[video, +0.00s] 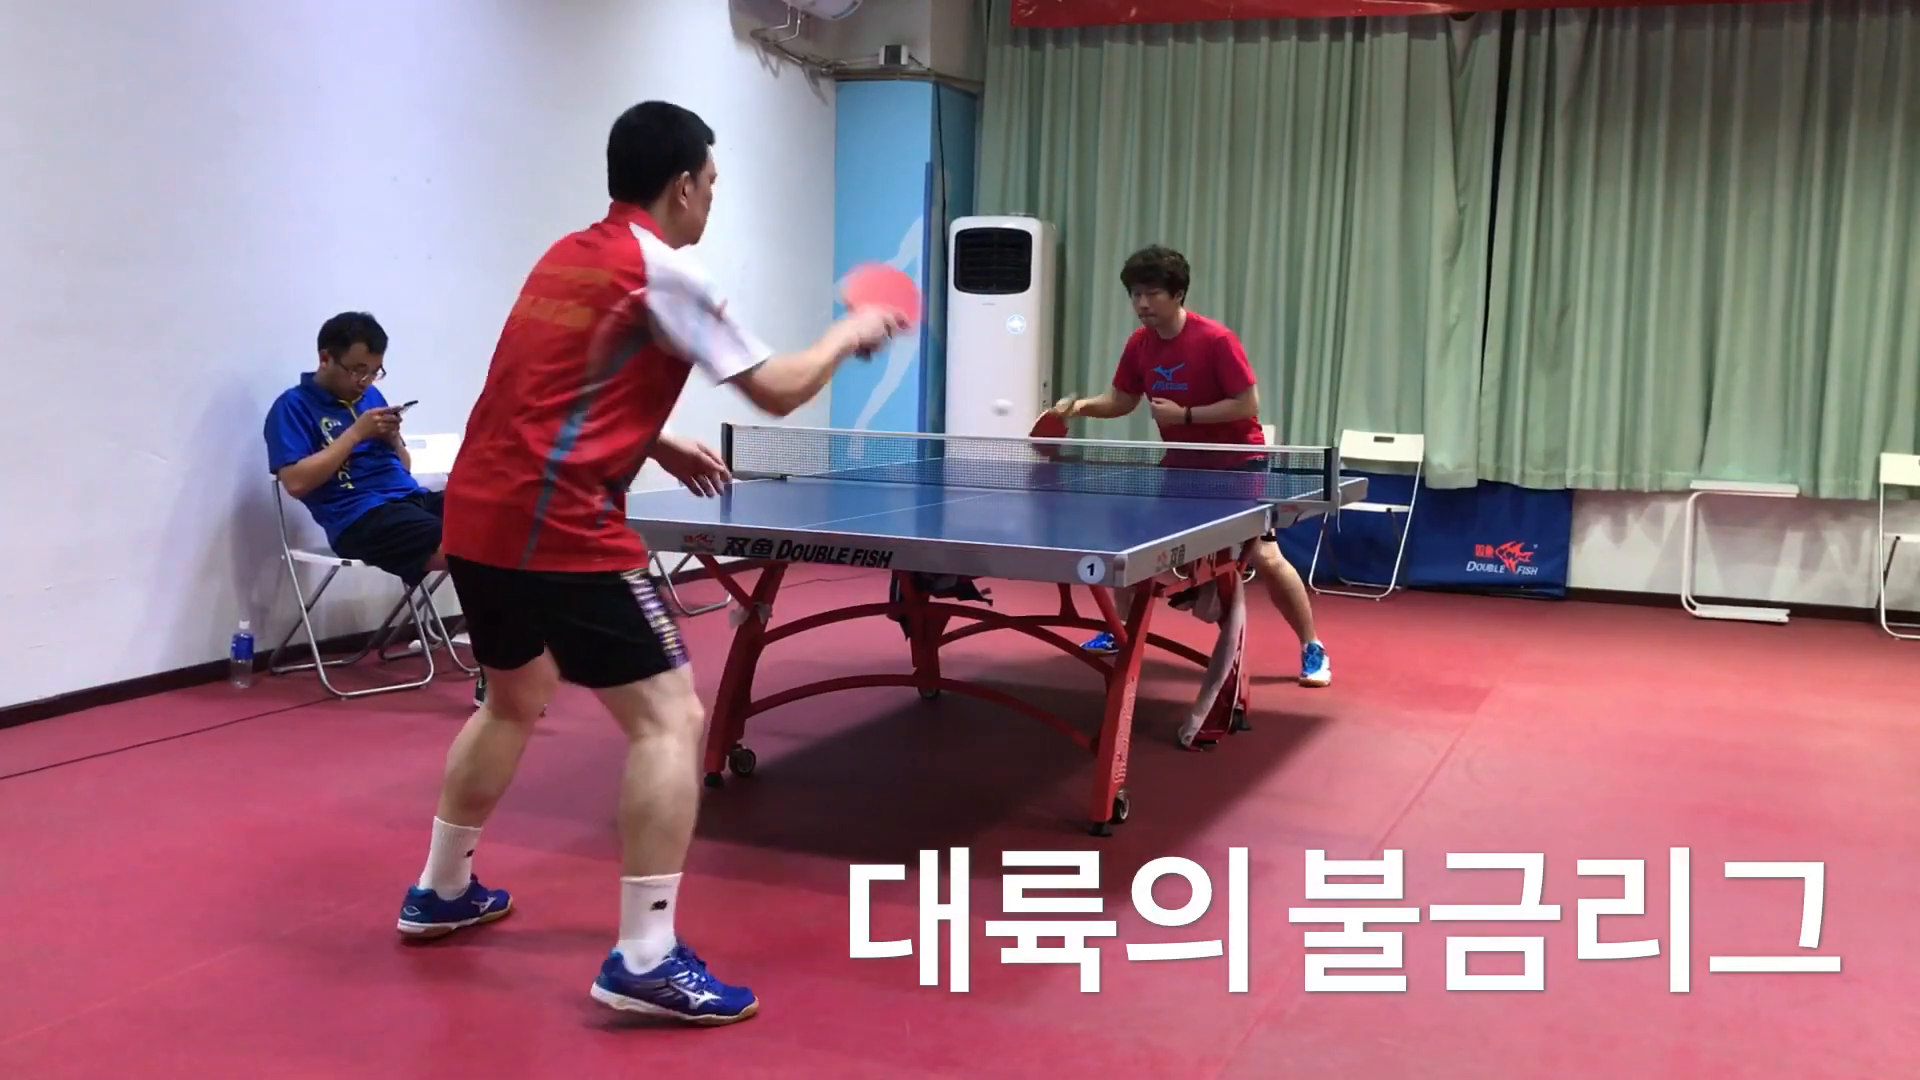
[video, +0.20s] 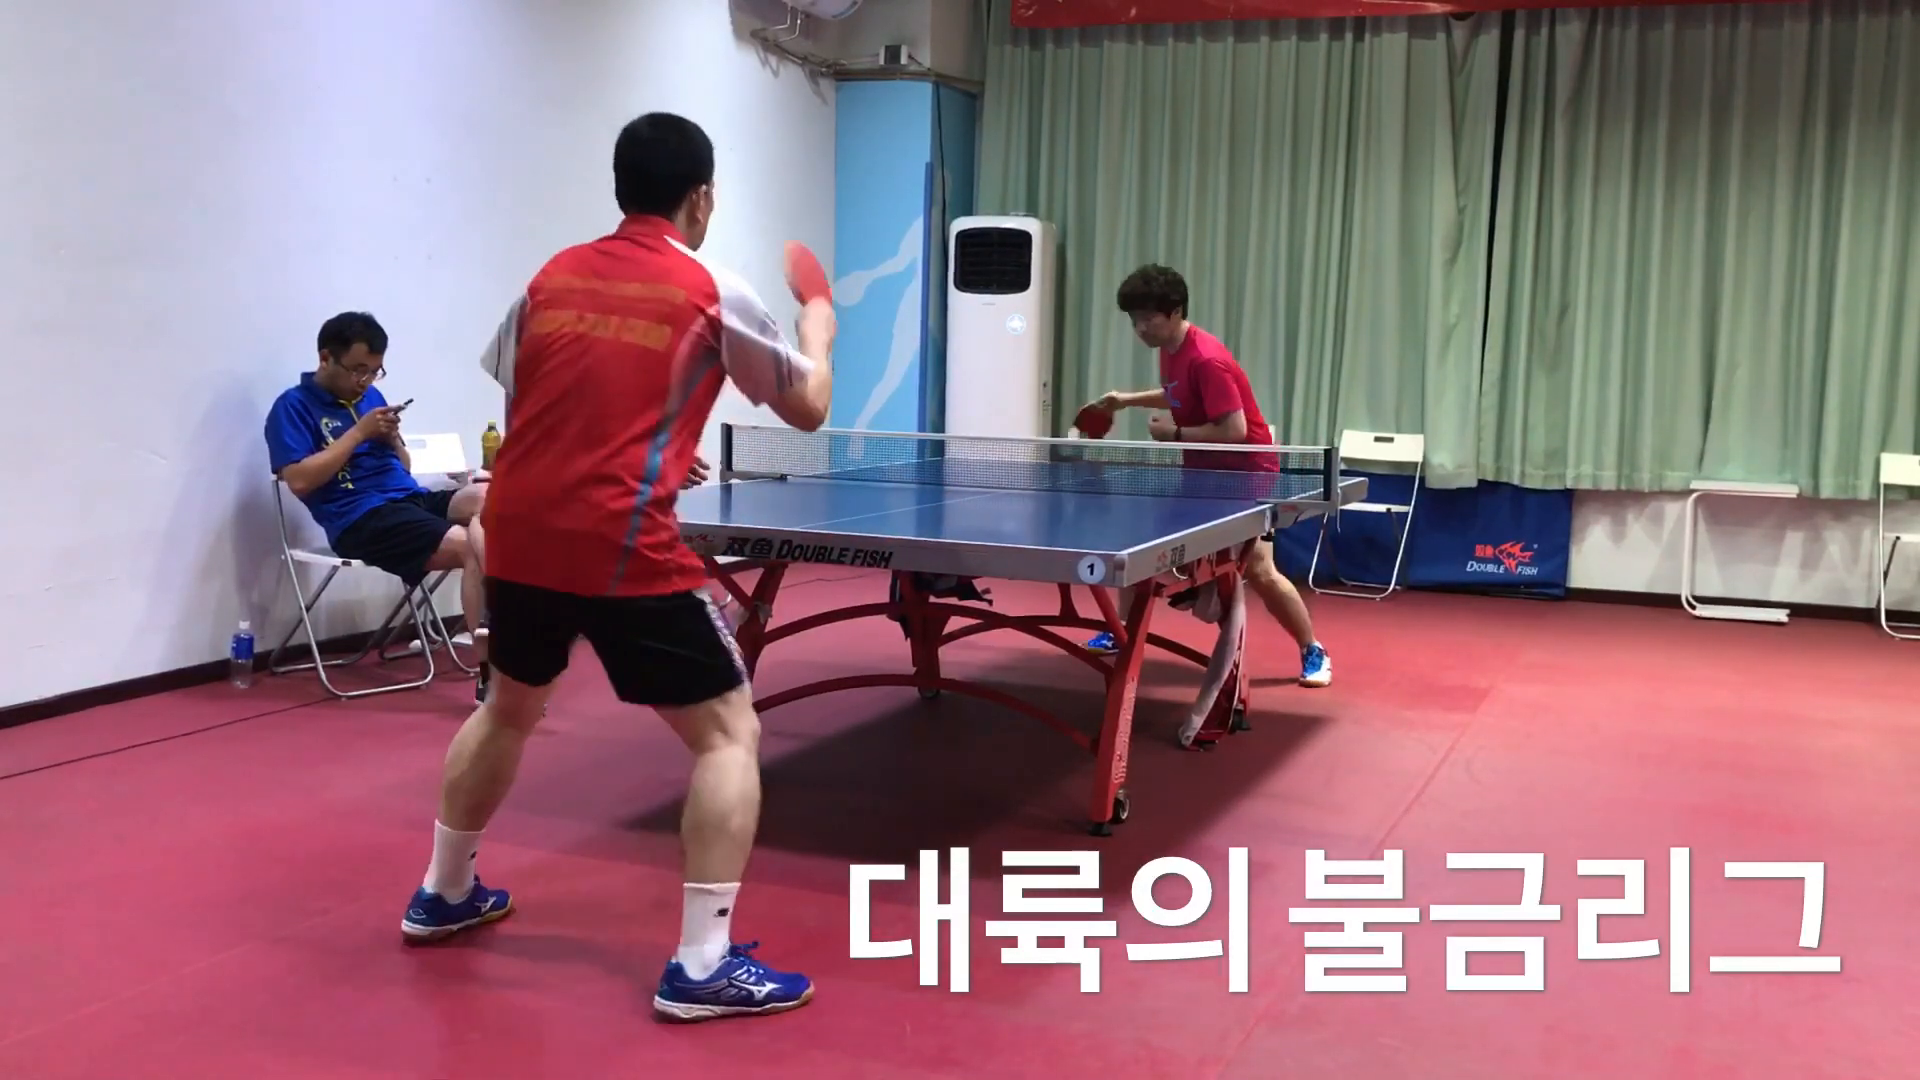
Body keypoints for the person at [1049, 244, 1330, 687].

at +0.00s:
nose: (1141, 303)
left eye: (1151, 293)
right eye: (1135, 294)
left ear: (1178, 294)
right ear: (1131, 297)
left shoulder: (1216, 340)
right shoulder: (1140, 344)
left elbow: (1248, 405)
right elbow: (1123, 400)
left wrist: (1185, 414)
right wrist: (1082, 405)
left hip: (1239, 468)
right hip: (1182, 469)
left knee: (1266, 556)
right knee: (1139, 542)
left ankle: (1312, 646)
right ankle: (1124, 631)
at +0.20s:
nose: (1139, 329)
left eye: (1144, 320)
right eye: (1135, 321)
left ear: (1172, 312)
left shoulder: (1207, 360)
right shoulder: (1170, 351)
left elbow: (1234, 430)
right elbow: (1182, 396)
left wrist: (1178, 432)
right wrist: (1127, 400)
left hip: (1248, 475)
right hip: (1203, 472)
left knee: (1260, 572)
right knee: (1144, 542)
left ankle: (1312, 649)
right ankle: (1125, 633)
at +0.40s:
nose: (1166, 320)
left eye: (1172, 311)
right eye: (1162, 312)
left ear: (1201, 304)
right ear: (1177, 311)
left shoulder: (1243, 350)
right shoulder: (1184, 346)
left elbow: (1264, 426)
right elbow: (1157, 395)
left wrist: (1201, 426)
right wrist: (1122, 374)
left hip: (1264, 477)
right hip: (1215, 472)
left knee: (1271, 571)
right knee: (1155, 543)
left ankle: (1313, 651)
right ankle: (1126, 633)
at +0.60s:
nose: (1186, 307)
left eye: (1195, 297)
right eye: (1179, 298)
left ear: (1222, 295)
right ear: (1173, 299)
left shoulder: (1264, 344)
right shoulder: (1174, 344)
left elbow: (1291, 410)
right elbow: (1134, 405)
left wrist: (1227, 419)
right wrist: (1131, 379)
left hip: (1264, 470)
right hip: (1205, 469)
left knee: (1284, 558)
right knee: (1150, 540)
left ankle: (1317, 650)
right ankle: (1124, 636)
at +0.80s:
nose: (1165, 303)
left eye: (1175, 294)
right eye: (1159, 295)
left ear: (1201, 294)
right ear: (1154, 297)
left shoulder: (1240, 344)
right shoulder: (1155, 346)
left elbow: (1268, 409)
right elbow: (1131, 408)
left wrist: (1207, 420)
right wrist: (1110, 397)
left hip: (1247, 475)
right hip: (1188, 473)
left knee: (1273, 559)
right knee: (1136, 543)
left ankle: (1315, 649)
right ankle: (1123, 634)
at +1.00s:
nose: (1139, 317)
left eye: (1146, 307)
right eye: (1134, 308)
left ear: (1175, 303)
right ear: (1134, 308)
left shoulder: (1208, 351)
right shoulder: (1160, 349)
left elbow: (1235, 420)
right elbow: (1167, 396)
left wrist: (1177, 425)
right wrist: (1110, 415)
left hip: (1246, 471)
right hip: (1198, 469)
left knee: (1259, 565)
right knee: (1147, 542)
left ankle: (1314, 649)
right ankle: (1126, 632)